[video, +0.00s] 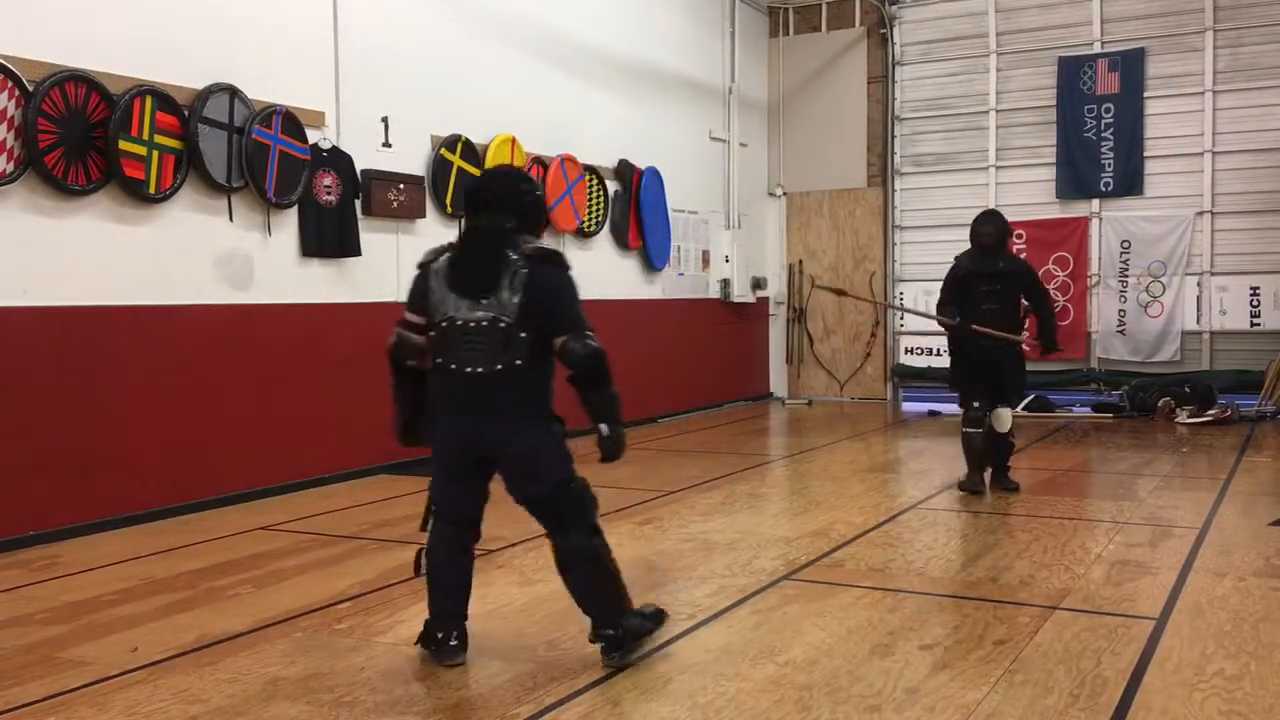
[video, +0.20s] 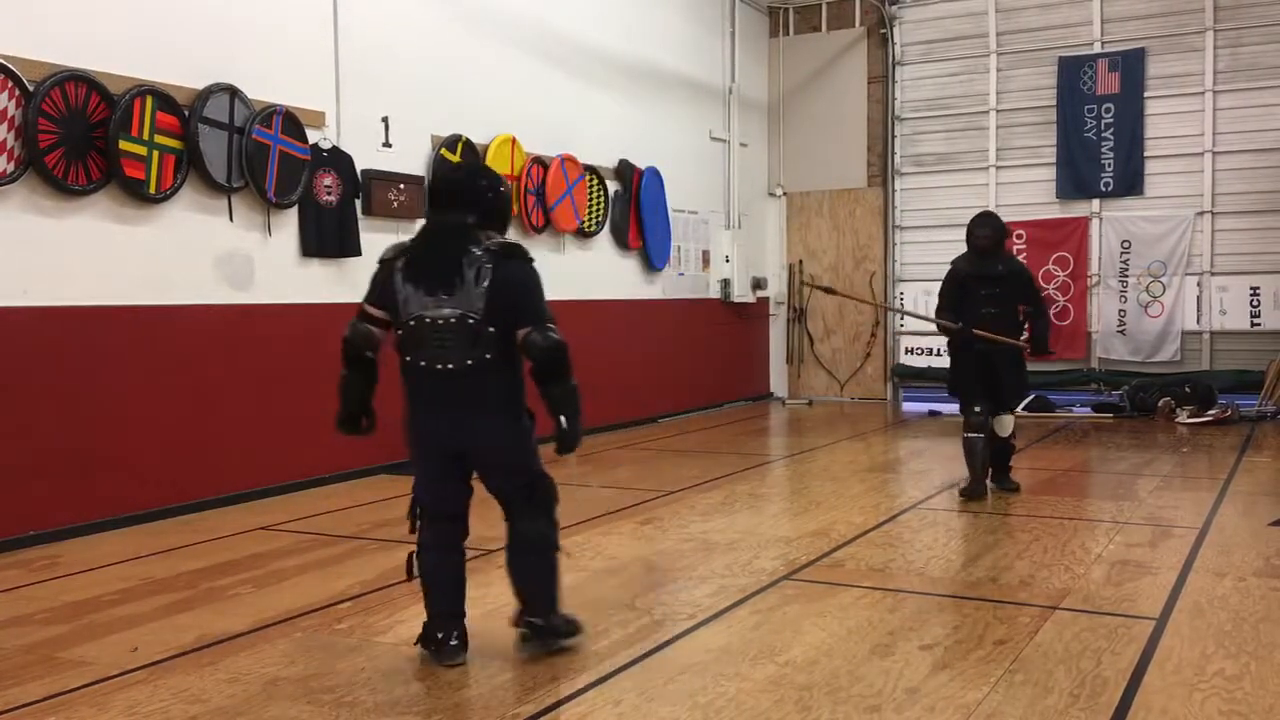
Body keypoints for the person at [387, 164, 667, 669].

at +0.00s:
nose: (544, 219)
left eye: (540, 209)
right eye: (538, 209)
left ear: (475, 212)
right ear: (526, 215)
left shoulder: (435, 268)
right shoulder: (542, 270)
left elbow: (409, 346)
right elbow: (581, 352)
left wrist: (411, 412)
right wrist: (607, 416)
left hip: (454, 423)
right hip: (521, 424)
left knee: (451, 526)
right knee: (570, 519)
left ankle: (445, 633)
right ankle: (614, 623)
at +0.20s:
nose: (505, 208)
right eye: (499, 200)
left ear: (435, 202)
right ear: (487, 205)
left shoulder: (397, 263)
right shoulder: (507, 263)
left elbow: (362, 337)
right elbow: (543, 347)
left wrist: (355, 399)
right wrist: (565, 409)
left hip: (430, 420)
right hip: (493, 419)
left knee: (439, 521)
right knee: (531, 504)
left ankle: (445, 632)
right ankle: (539, 616)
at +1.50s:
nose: (379, 241)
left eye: (378, 232)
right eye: (373, 232)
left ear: (328, 232)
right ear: (355, 236)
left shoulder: (303, 270)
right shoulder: (336, 281)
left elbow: (311, 345)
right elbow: (341, 345)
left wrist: (367, 373)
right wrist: (386, 369)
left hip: (274, 395)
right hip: (304, 400)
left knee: (303, 481)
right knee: (348, 476)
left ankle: (292, 574)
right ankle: (356, 585)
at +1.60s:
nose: (366, 239)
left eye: (364, 229)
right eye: (360, 230)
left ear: (313, 230)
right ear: (339, 234)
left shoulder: (321, 272)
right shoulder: (306, 283)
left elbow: (338, 331)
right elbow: (312, 356)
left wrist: (360, 361)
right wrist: (355, 391)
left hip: (286, 394)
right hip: (269, 399)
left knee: (310, 479)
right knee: (309, 481)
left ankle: (292, 577)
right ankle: (301, 586)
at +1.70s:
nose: (352, 245)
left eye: (351, 235)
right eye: (344, 235)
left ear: (307, 236)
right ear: (320, 238)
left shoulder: (315, 280)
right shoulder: (286, 286)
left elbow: (322, 336)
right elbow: (269, 357)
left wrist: (360, 348)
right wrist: (304, 398)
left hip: (282, 401)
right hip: (249, 403)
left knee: (305, 474)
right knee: (283, 483)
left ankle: (290, 572)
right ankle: (250, 592)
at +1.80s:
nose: (335, 249)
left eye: (334, 239)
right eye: (327, 238)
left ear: (291, 240)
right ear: (303, 240)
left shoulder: (296, 284)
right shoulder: (270, 286)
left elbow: (317, 345)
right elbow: (246, 359)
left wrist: (354, 320)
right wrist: (258, 419)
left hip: (265, 406)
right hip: (229, 407)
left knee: (293, 479)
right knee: (245, 496)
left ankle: (288, 574)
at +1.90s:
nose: (307, 247)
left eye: (304, 237)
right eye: (300, 238)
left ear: (260, 241)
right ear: (280, 244)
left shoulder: (268, 282)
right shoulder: (261, 286)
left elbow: (306, 342)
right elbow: (232, 354)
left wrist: (322, 299)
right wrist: (238, 415)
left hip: (250, 411)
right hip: (215, 412)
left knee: (285, 479)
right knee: (208, 509)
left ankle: (288, 575)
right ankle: (123, 601)